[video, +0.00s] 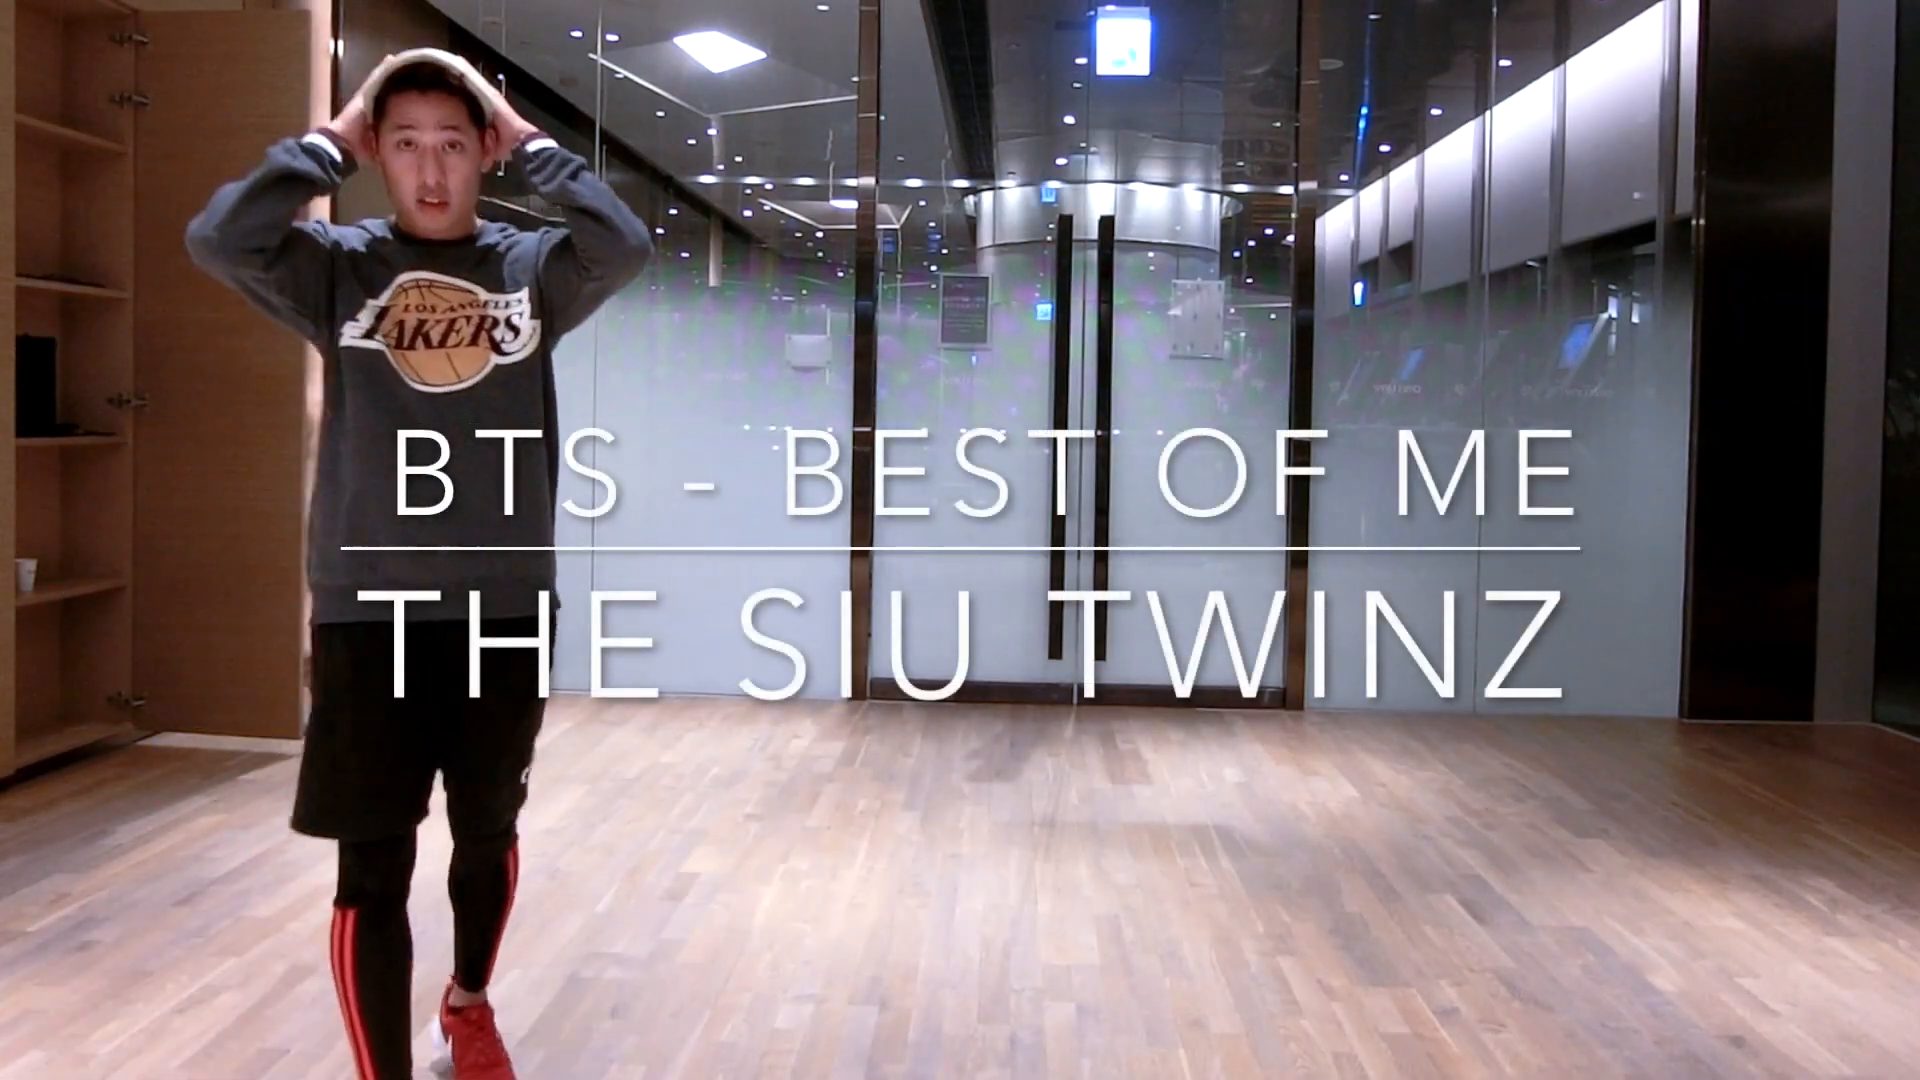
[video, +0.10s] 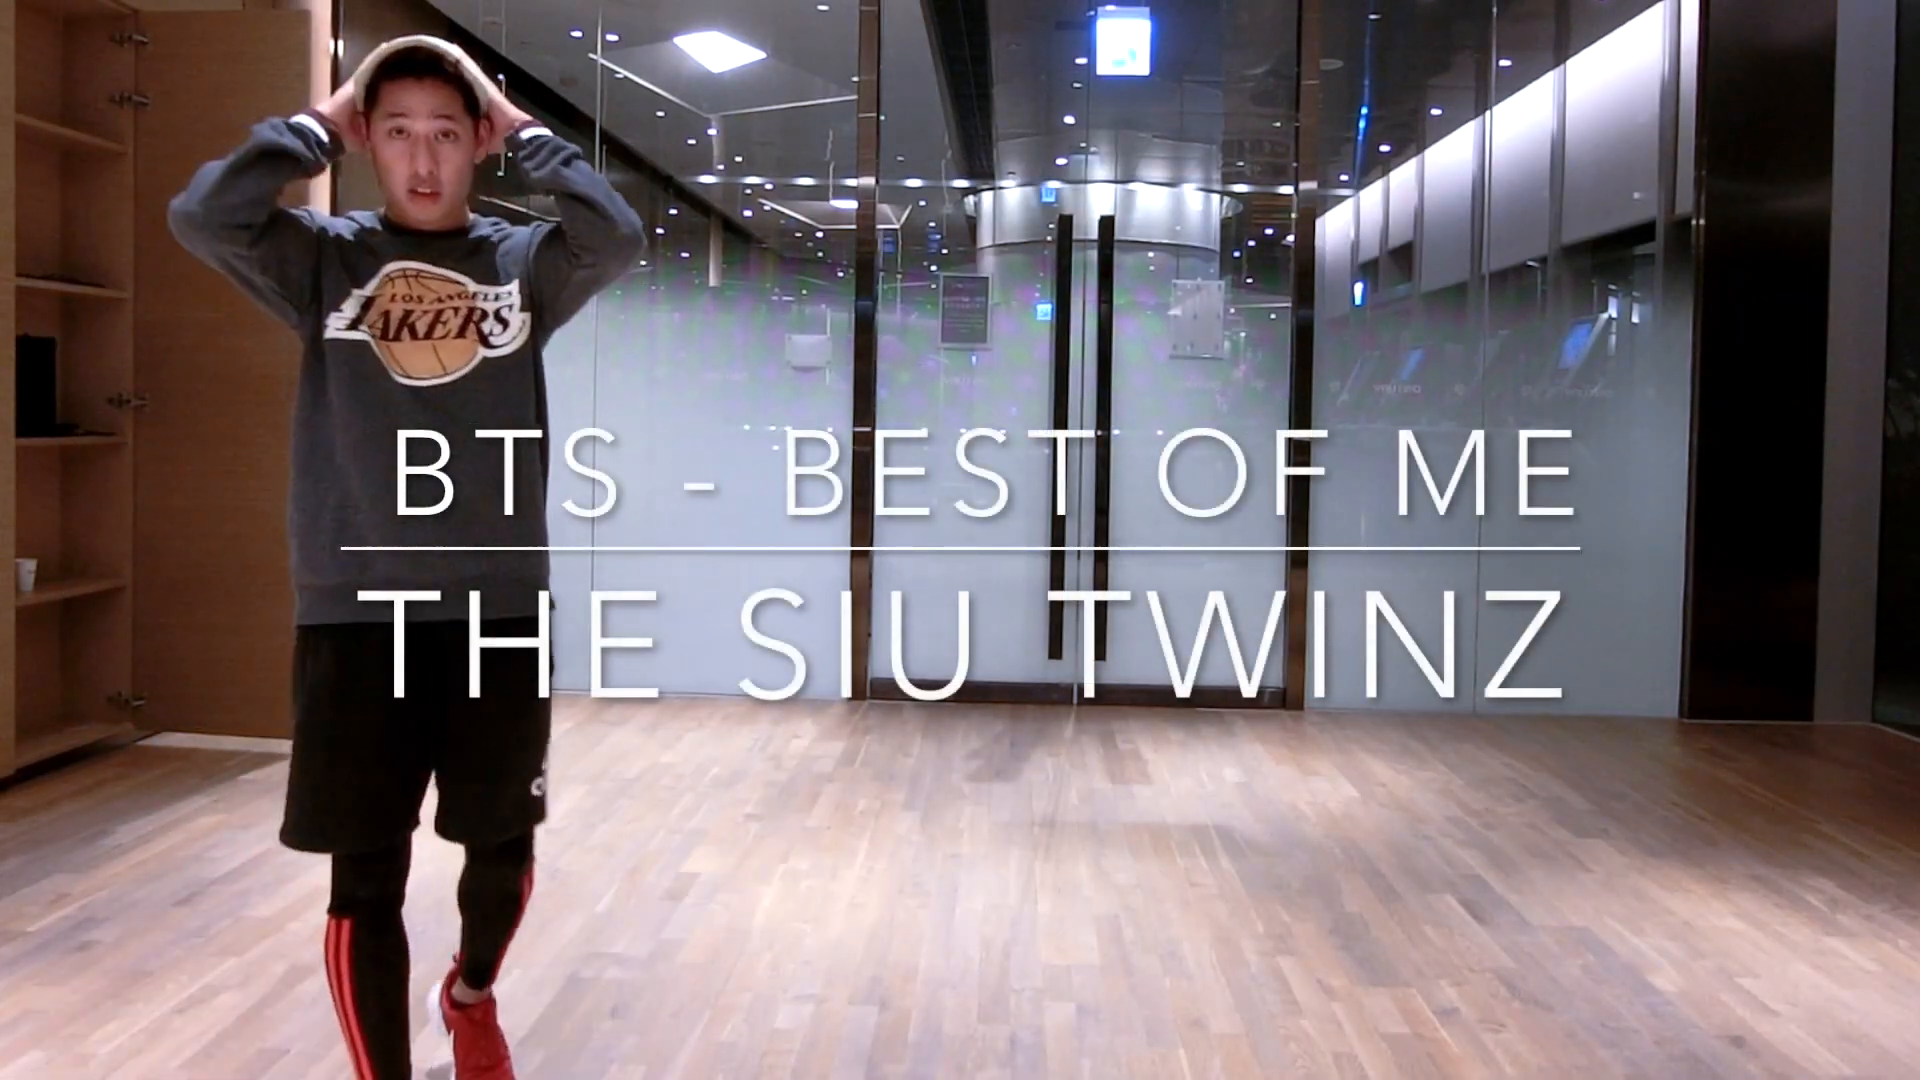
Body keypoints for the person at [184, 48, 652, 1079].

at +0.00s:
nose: (429, 163)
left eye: (450, 141)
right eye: (407, 142)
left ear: (485, 158)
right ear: (378, 160)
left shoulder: (531, 272)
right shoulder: (341, 274)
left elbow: (624, 245)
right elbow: (219, 240)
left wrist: (522, 144)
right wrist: (331, 141)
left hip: (502, 604)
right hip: (369, 605)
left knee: (489, 833)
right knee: (374, 862)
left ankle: (469, 1002)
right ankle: (385, 1071)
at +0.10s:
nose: (422, 153)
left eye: (444, 130)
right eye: (400, 129)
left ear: (480, 150)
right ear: (369, 148)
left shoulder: (524, 265)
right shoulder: (327, 263)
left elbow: (618, 233)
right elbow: (205, 215)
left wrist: (517, 134)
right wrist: (321, 127)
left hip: (498, 603)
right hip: (359, 607)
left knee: (504, 842)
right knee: (368, 868)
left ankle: (473, 998)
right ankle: (385, 1073)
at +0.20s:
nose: (418, 147)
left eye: (440, 124)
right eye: (395, 123)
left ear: (474, 144)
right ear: (361, 140)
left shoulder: (518, 260)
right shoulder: (315, 257)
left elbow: (612, 237)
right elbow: (189, 208)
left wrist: (511, 142)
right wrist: (311, 122)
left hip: (493, 613)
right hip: (349, 614)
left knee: (516, 877)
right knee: (362, 888)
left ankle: (473, 996)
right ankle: (383, 1075)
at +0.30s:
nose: (412, 145)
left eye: (435, 121)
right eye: (388, 120)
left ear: (469, 140)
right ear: (351, 139)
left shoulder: (505, 255)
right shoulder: (313, 251)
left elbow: (597, 268)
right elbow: (187, 240)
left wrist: (507, 153)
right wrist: (302, 133)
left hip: (489, 604)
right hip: (342, 609)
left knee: (509, 866)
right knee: (360, 880)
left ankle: (490, 1057)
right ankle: (382, 1075)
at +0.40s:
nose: (407, 152)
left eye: (431, 126)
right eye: (385, 125)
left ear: (467, 140)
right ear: (348, 139)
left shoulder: (504, 248)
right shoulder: (315, 244)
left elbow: (571, 338)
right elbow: (211, 322)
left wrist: (505, 186)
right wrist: (306, 172)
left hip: (483, 603)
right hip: (335, 607)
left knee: (503, 893)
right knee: (357, 896)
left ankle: (525, 1077)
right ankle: (383, 1078)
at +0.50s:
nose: (408, 156)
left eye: (433, 132)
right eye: (383, 130)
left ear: (469, 150)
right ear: (343, 144)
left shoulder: (518, 265)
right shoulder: (277, 254)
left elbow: (536, 399)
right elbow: (261, 399)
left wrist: (499, 219)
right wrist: (323, 213)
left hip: (485, 622)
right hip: (330, 624)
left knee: (515, 909)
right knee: (355, 910)